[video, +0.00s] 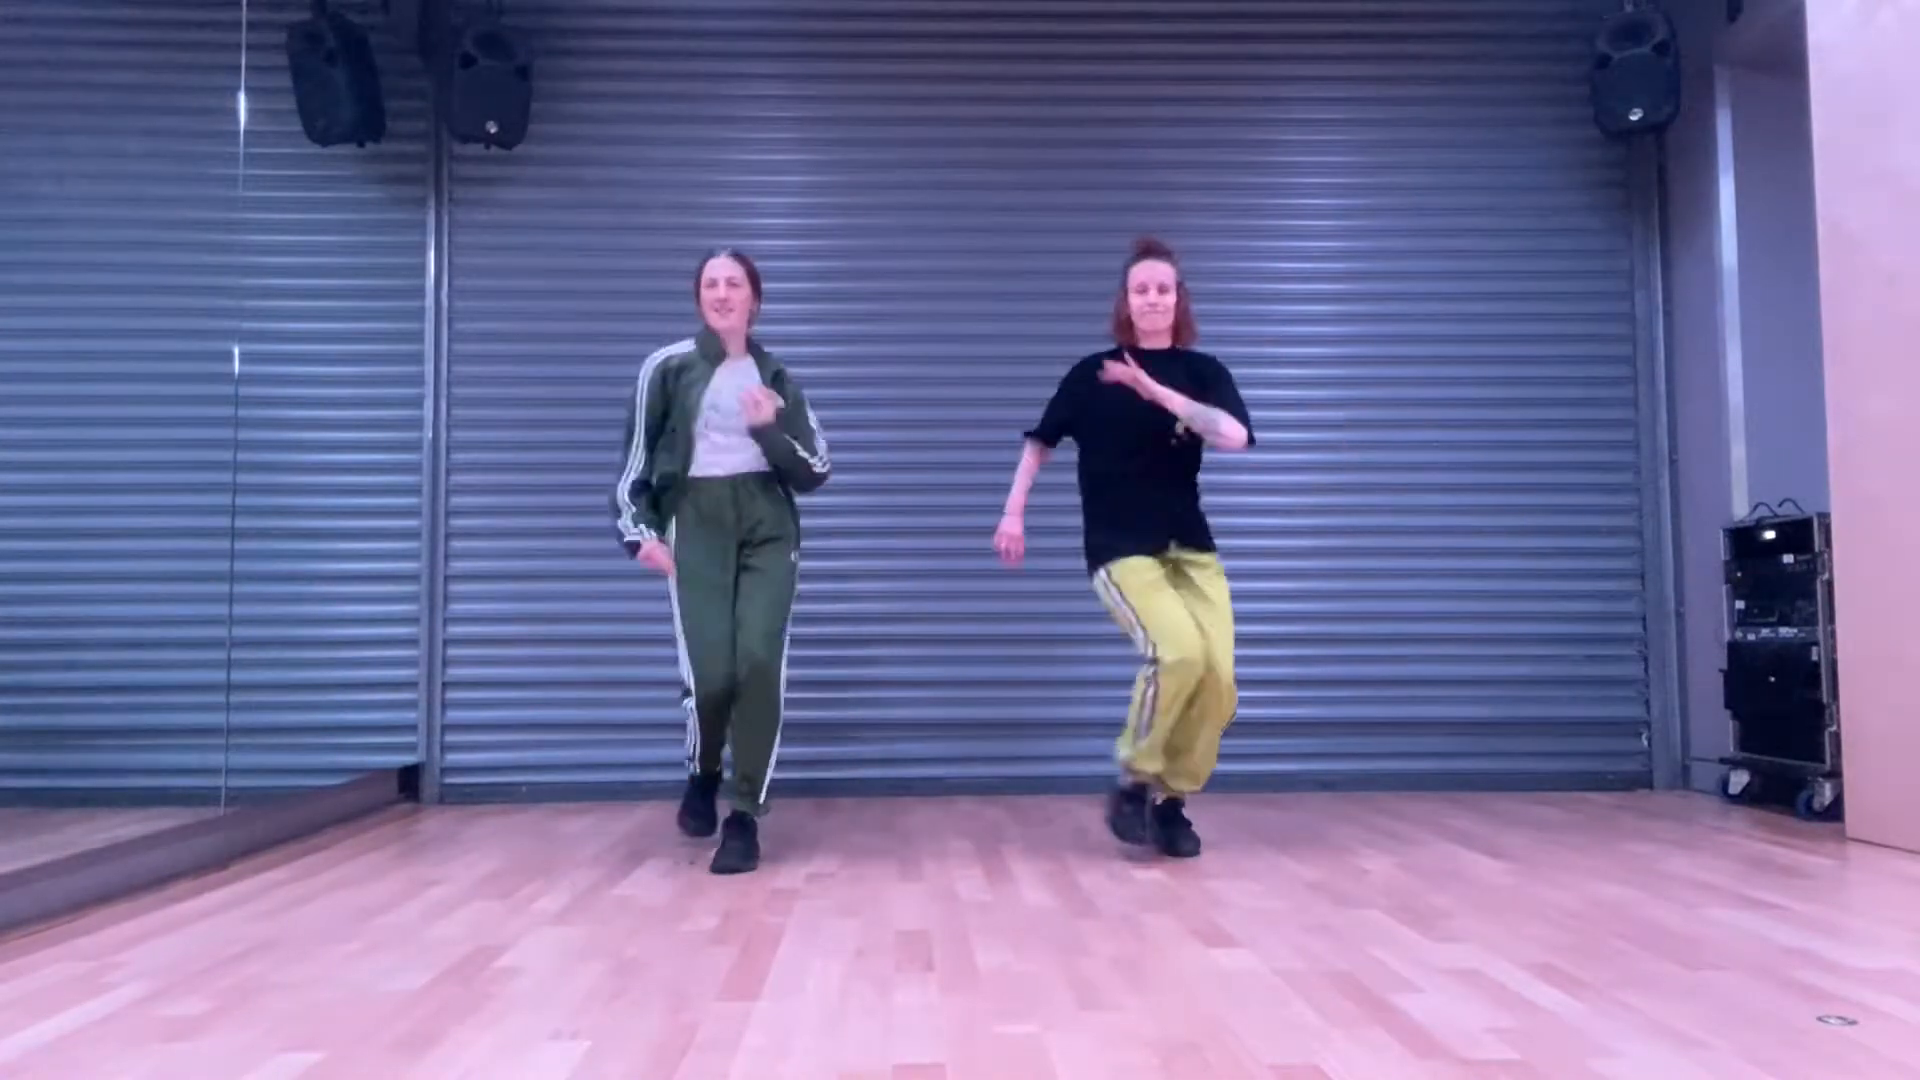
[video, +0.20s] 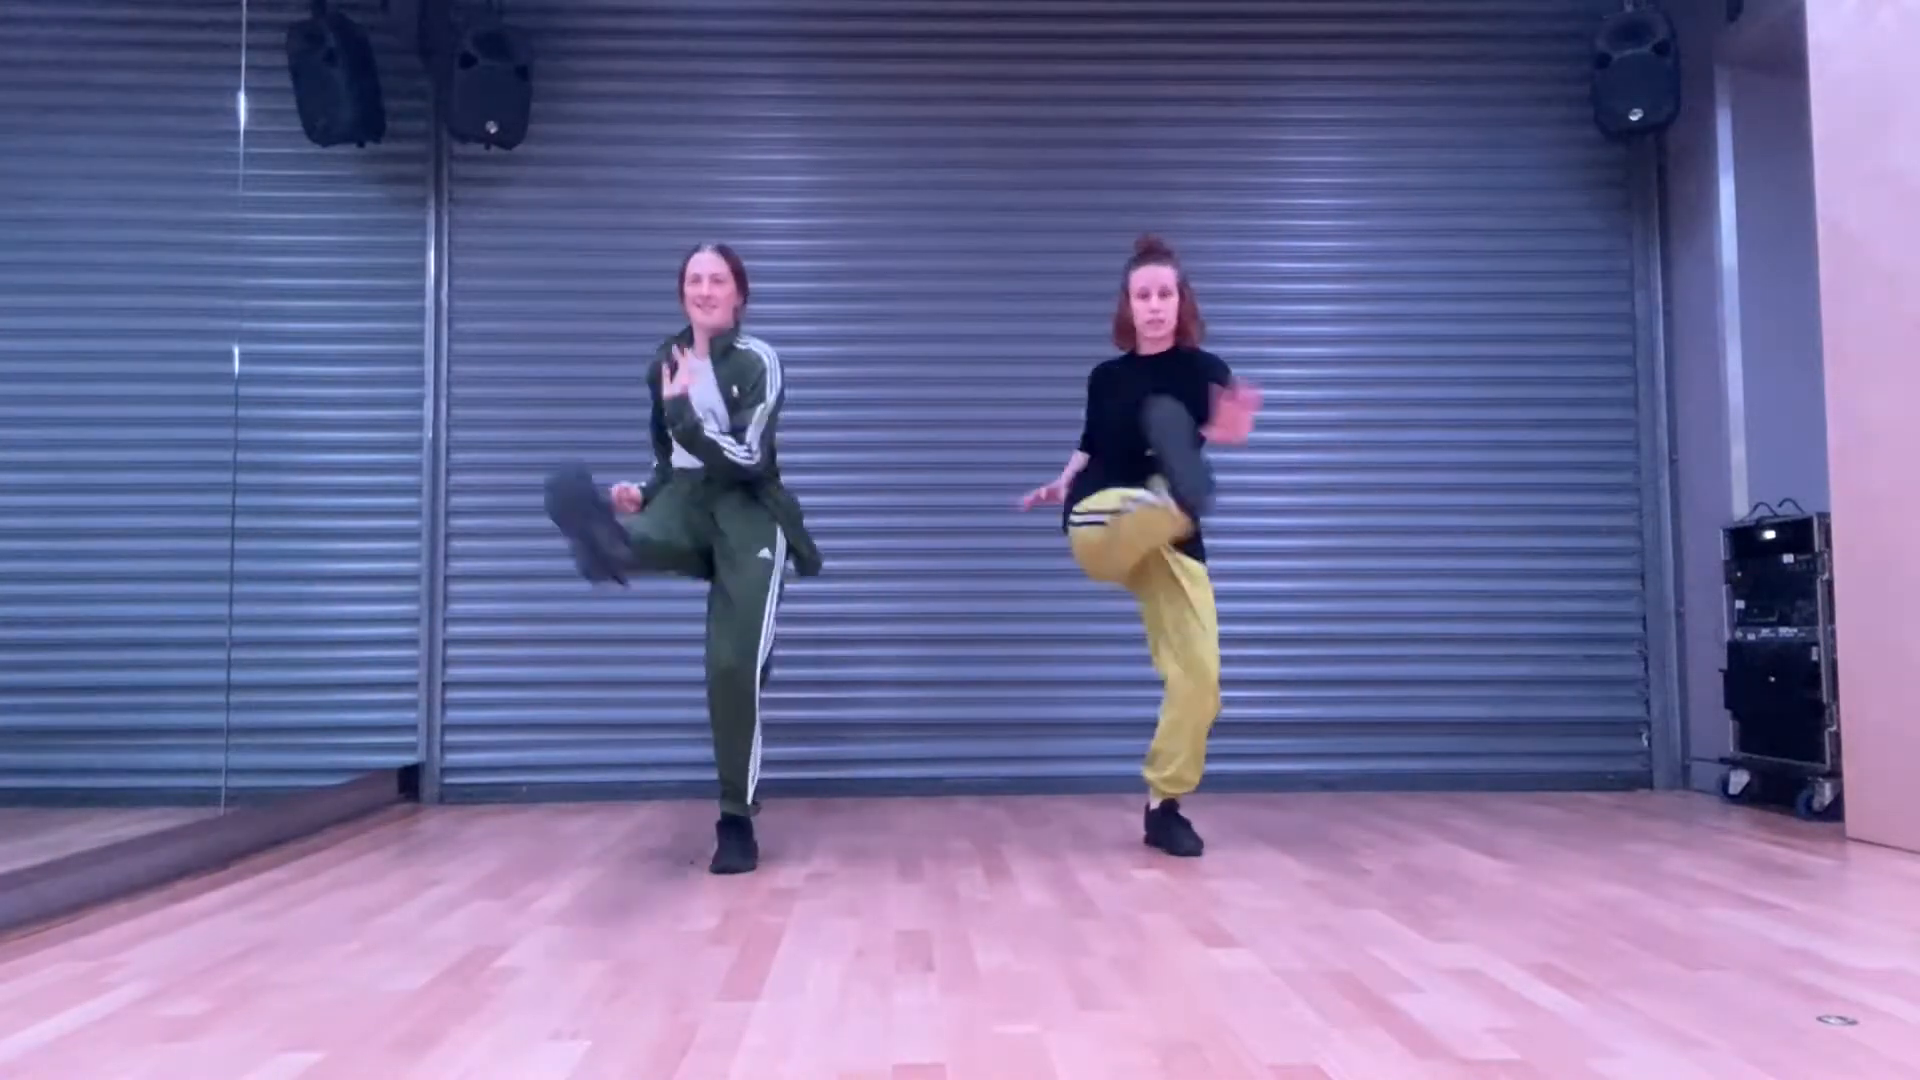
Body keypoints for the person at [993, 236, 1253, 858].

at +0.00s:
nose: (1152, 300)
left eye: (1163, 289)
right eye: (1140, 291)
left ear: (1180, 299)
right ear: (1124, 302)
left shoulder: (1202, 371)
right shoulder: (1092, 375)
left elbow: (1236, 437)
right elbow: (1039, 444)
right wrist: (1012, 515)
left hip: (1190, 545)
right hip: (1119, 548)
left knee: (1220, 679)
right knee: (1181, 653)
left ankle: (1170, 800)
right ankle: (1135, 782)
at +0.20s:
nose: (1155, 305)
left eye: (1166, 292)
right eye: (1143, 293)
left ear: (1182, 301)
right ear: (1126, 303)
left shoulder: (1204, 369)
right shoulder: (1108, 376)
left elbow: (1221, 427)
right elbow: (1093, 445)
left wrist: (1229, 429)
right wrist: (1060, 486)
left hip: (1171, 529)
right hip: (1098, 519)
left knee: (1197, 673)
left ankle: (1164, 807)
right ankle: (1180, 500)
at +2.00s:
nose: (935, 272)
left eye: (943, 262)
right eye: (934, 262)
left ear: (978, 262)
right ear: (957, 267)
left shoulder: (1024, 306)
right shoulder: (954, 330)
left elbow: (1085, 309)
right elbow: (886, 358)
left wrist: (1025, 353)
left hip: (1026, 486)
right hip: (995, 495)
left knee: (877, 479)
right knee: (983, 641)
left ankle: (965, 604)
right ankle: (988, 809)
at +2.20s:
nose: (970, 309)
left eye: (979, 298)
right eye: (971, 298)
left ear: (1012, 298)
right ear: (1012, 300)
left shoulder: (1056, 356)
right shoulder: (1028, 357)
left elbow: (1047, 461)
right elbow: (999, 461)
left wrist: (1010, 539)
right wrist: (947, 529)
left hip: (995, 542)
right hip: (965, 534)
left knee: (962, 680)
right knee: (901, 652)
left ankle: (1015, 824)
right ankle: (967, 794)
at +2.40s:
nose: (1004, 257)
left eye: (1017, 249)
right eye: (1010, 248)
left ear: (1046, 267)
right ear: (1042, 269)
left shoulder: (1081, 334)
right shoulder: (1036, 345)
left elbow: (1077, 379)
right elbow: (987, 388)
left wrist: (1032, 299)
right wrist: (949, 326)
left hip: (1060, 537)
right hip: (1030, 533)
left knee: (1005, 671)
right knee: (998, 668)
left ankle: (1017, 825)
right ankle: (1126, 740)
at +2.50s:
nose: (1041, 239)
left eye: (1058, 236)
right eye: (1048, 233)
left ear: (1074, 270)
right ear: (1047, 265)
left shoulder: (1077, 328)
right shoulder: (1021, 323)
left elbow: (1112, 287)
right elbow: (985, 304)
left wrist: (1080, 244)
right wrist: (938, 282)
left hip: (1096, 533)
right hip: (1118, 527)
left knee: (1051, 671)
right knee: (1117, 679)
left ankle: (1018, 825)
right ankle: (1224, 793)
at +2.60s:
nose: (1045, 280)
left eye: (1057, 274)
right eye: (1051, 270)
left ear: (1083, 293)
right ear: (1068, 292)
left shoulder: (1107, 332)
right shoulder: (1053, 341)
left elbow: (1145, 312)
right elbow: (1006, 345)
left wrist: (1099, 322)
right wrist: (954, 363)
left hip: (1112, 540)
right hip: (1166, 532)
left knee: (1037, 661)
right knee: (1171, 679)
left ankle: (1017, 811)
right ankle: (1250, 809)